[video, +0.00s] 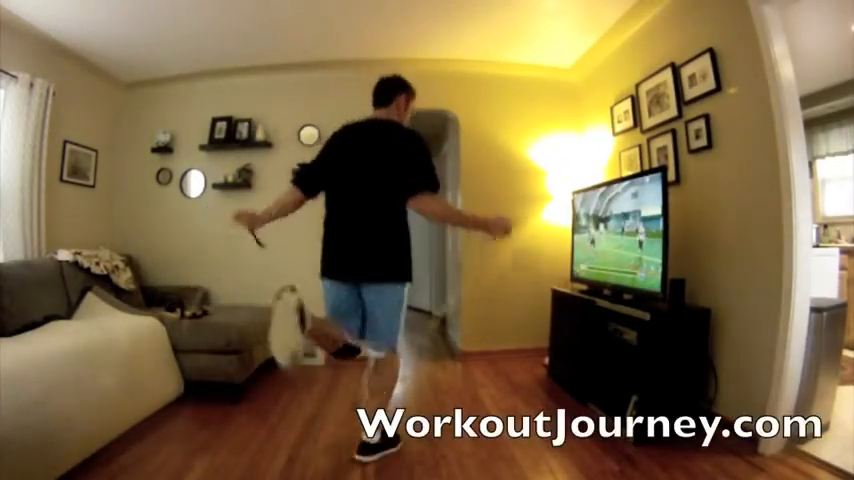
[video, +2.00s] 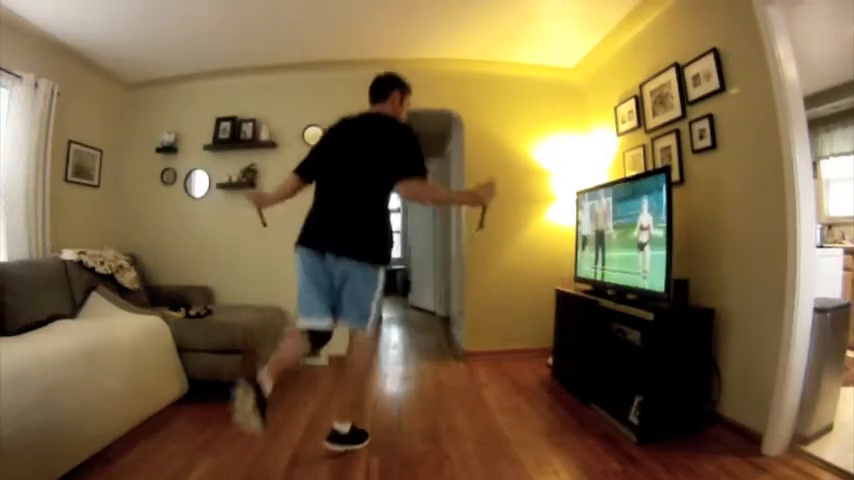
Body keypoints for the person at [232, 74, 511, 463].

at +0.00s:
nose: (411, 113)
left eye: (410, 106)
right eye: (411, 106)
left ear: (374, 103)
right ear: (402, 103)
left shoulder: (344, 137)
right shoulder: (407, 142)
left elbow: (303, 188)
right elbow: (420, 200)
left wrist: (261, 218)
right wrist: (482, 223)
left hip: (336, 258)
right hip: (385, 262)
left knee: (347, 344)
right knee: (382, 354)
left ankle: (307, 327)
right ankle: (375, 436)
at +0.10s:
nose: (414, 109)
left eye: (415, 103)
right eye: (414, 103)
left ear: (378, 98)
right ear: (405, 99)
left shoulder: (345, 131)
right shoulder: (410, 136)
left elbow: (306, 182)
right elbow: (432, 194)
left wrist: (272, 201)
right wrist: (489, 205)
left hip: (337, 251)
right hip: (385, 255)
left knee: (345, 331)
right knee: (382, 347)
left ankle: (313, 363)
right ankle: (375, 435)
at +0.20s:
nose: (415, 102)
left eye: (414, 95)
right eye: (415, 95)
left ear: (379, 91)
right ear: (407, 92)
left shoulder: (345, 122)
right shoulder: (413, 130)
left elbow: (306, 173)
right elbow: (438, 183)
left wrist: (280, 201)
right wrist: (486, 203)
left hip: (333, 243)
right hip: (381, 248)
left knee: (344, 333)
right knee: (380, 341)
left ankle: (331, 418)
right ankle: (376, 435)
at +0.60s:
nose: (406, 101)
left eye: (406, 96)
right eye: (406, 94)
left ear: (371, 88)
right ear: (397, 90)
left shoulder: (341, 119)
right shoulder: (403, 123)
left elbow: (308, 178)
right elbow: (425, 179)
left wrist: (280, 224)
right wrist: (453, 233)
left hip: (322, 231)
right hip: (367, 236)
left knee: (365, 313)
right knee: (362, 336)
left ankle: (369, 385)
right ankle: (350, 433)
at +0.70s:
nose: (398, 103)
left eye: (398, 98)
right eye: (399, 97)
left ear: (365, 93)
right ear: (391, 93)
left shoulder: (337, 126)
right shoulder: (396, 127)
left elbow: (298, 182)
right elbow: (416, 183)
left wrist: (261, 226)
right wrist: (446, 232)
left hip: (330, 241)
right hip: (372, 245)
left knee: (355, 329)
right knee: (379, 337)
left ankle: (343, 415)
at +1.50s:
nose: (413, 109)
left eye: (412, 104)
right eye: (414, 103)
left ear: (382, 97)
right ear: (408, 99)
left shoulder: (351, 126)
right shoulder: (407, 130)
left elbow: (319, 179)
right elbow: (427, 183)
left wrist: (288, 218)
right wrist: (455, 237)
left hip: (333, 226)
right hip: (379, 225)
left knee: (343, 318)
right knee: (404, 292)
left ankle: (311, 409)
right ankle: (381, 379)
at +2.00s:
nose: (406, 110)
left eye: (405, 104)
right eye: (406, 103)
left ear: (372, 99)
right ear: (396, 100)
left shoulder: (341, 128)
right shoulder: (400, 135)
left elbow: (301, 176)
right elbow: (411, 189)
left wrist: (269, 198)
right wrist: (470, 197)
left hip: (315, 240)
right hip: (361, 247)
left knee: (313, 327)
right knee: (361, 336)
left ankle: (262, 382)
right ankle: (344, 426)